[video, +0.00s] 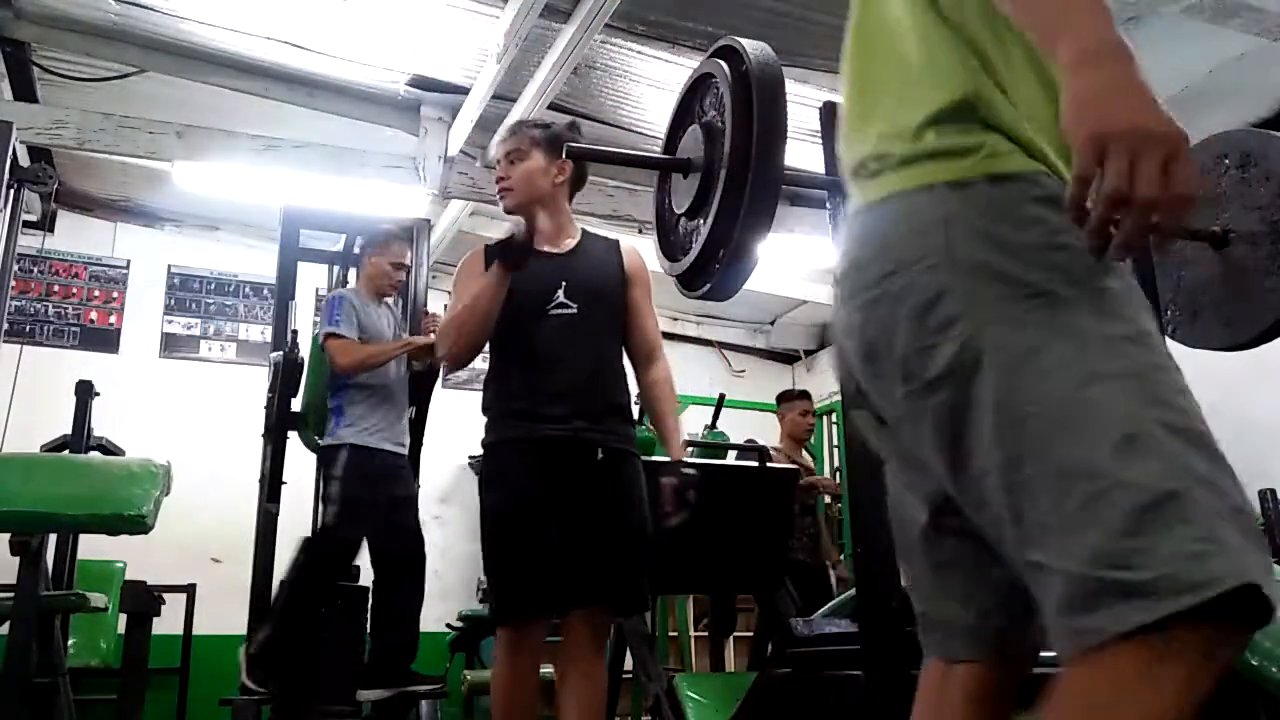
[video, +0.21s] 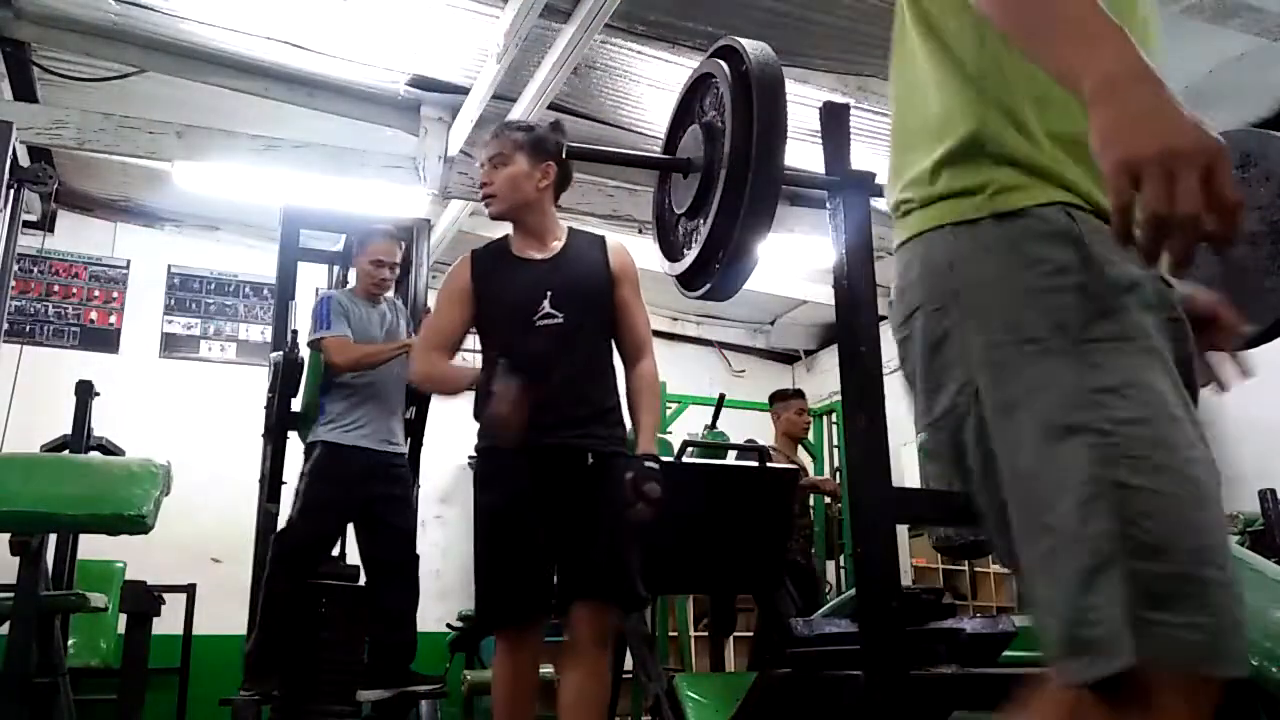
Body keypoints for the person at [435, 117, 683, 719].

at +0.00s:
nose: (499, 175)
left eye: (514, 159)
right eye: (496, 165)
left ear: (561, 170)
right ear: (500, 181)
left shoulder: (622, 259)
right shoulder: (486, 260)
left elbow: (651, 364)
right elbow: (452, 351)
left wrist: (675, 457)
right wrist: (502, 268)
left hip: (604, 459)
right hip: (517, 460)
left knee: (589, 631)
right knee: (519, 634)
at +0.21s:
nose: (484, 178)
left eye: (499, 163)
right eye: (483, 167)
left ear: (546, 173)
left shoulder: (609, 259)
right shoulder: (474, 270)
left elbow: (640, 360)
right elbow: (423, 366)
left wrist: (646, 456)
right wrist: (481, 375)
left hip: (594, 466)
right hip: (509, 468)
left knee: (592, 628)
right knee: (514, 633)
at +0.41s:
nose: (474, 184)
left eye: (489, 169)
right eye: (472, 173)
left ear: (538, 177)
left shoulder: (602, 257)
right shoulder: (461, 272)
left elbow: (639, 354)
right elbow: (395, 360)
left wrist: (661, 448)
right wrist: (439, 443)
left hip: (601, 467)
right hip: (510, 471)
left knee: (635, 606)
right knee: (518, 635)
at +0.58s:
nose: (507, 183)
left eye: (524, 170)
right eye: (496, 173)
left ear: (560, 180)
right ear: (486, 183)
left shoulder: (605, 262)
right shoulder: (466, 274)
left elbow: (640, 360)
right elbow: (410, 366)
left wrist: (663, 457)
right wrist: (451, 448)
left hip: (604, 470)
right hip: (515, 474)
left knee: (642, 615)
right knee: (520, 637)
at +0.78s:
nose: (583, 184)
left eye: (592, 175)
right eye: (567, 171)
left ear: (601, 187)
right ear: (533, 180)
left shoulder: (624, 273)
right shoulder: (491, 270)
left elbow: (651, 370)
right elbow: (436, 364)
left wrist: (676, 459)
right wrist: (472, 450)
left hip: (616, 473)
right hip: (532, 475)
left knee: (645, 625)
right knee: (531, 639)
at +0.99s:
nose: (644, 192)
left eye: (646, 183)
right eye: (629, 179)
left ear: (645, 196)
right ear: (588, 187)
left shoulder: (656, 286)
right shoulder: (544, 264)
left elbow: (671, 384)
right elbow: (487, 349)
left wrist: (701, 464)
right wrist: (531, 435)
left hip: (643, 476)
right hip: (569, 474)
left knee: (647, 631)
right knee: (551, 636)